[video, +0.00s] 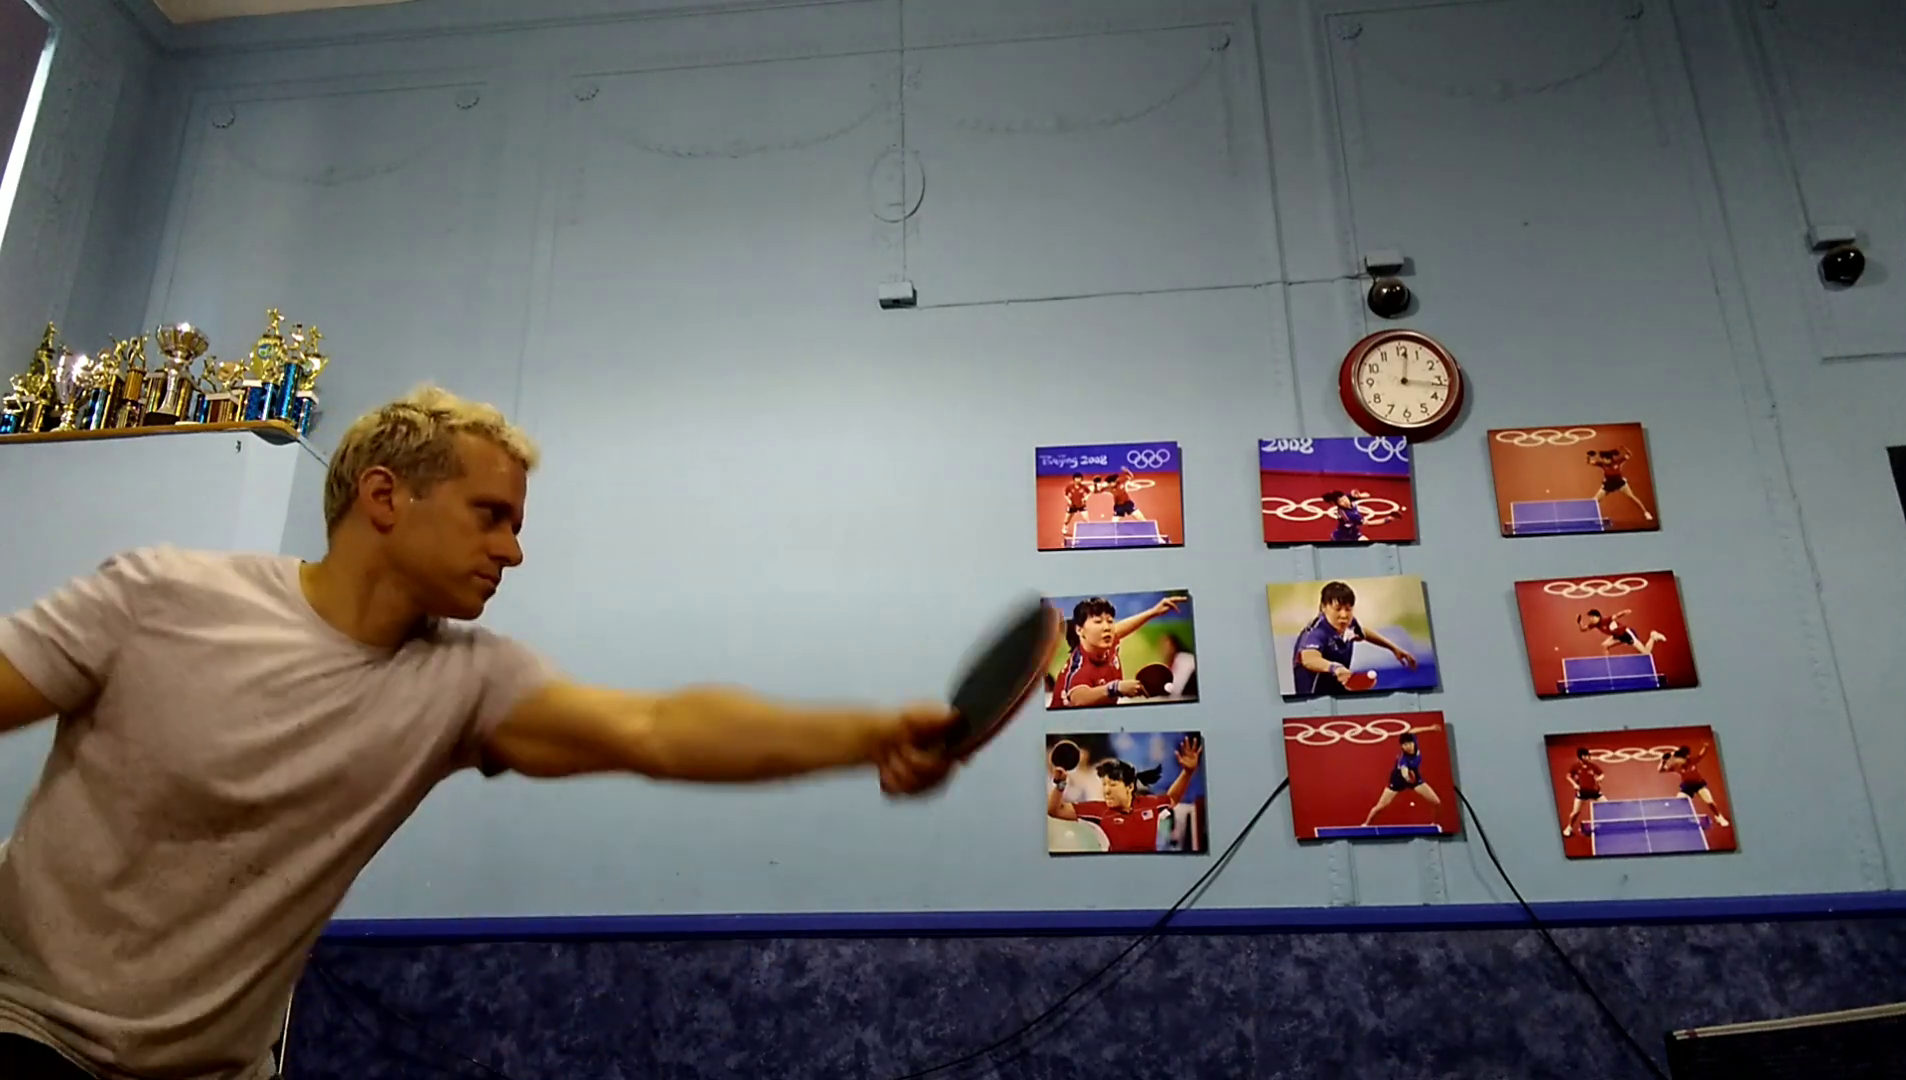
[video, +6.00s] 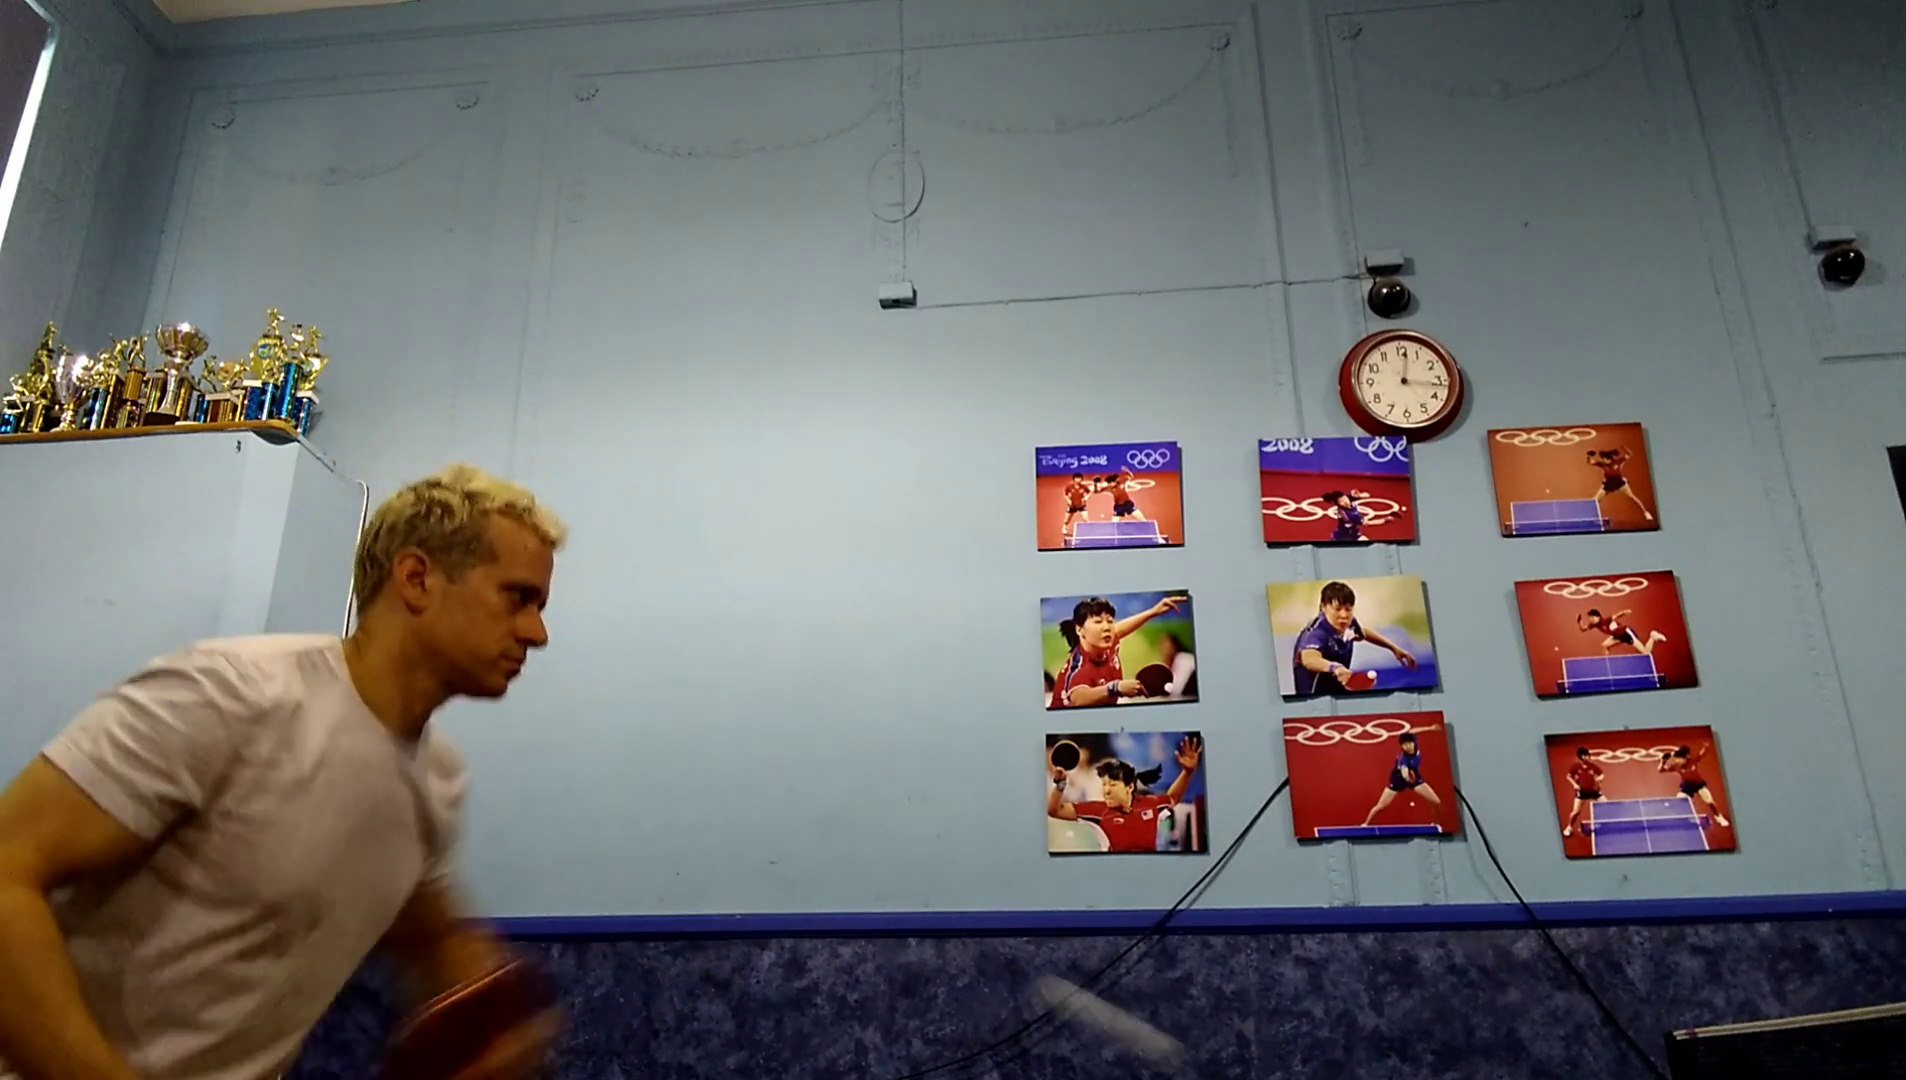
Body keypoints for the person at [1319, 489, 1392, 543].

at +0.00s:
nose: (1344, 502)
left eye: (1344, 499)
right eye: (1341, 502)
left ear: (1346, 497)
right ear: (1339, 505)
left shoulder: (1349, 499)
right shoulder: (1350, 515)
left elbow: (1368, 496)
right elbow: (1367, 523)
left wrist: (1360, 495)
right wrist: (1385, 520)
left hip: (1355, 535)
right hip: (1341, 538)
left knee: (1370, 547)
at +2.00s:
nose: (1344, 502)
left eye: (1344, 499)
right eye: (1341, 502)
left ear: (1346, 497)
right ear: (1338, 505)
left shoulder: (1350, 500)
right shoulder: (1349, 515)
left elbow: (1367, 496)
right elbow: (1367, 523)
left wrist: (1360, 495)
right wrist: (1385, 520)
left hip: (1355, 536)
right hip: (1341, 538)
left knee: (1370, 547)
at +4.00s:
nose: (1344, 502)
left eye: (1344, 499)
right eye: (1341, 502)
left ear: (1346, 497)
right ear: (1339, 505)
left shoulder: (1349, 498)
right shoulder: (1349, 515)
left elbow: (1367, 496)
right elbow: (1366, 523)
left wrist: (1360, 495)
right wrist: (1385, 520)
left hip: (1356, 536)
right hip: (1341, 538)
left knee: (1371, 548)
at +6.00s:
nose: (1344, 502)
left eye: (1344, 499)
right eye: (1341, 502)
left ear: (1346, 497)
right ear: (1339, 505)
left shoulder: (1349, 498)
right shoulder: (1350, 515)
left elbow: (1367, 496)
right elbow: (1366, 523)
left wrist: (1360, 495)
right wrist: (1385, 520)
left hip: (1356, 536)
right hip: (1341, 538)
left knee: (1371, 548)